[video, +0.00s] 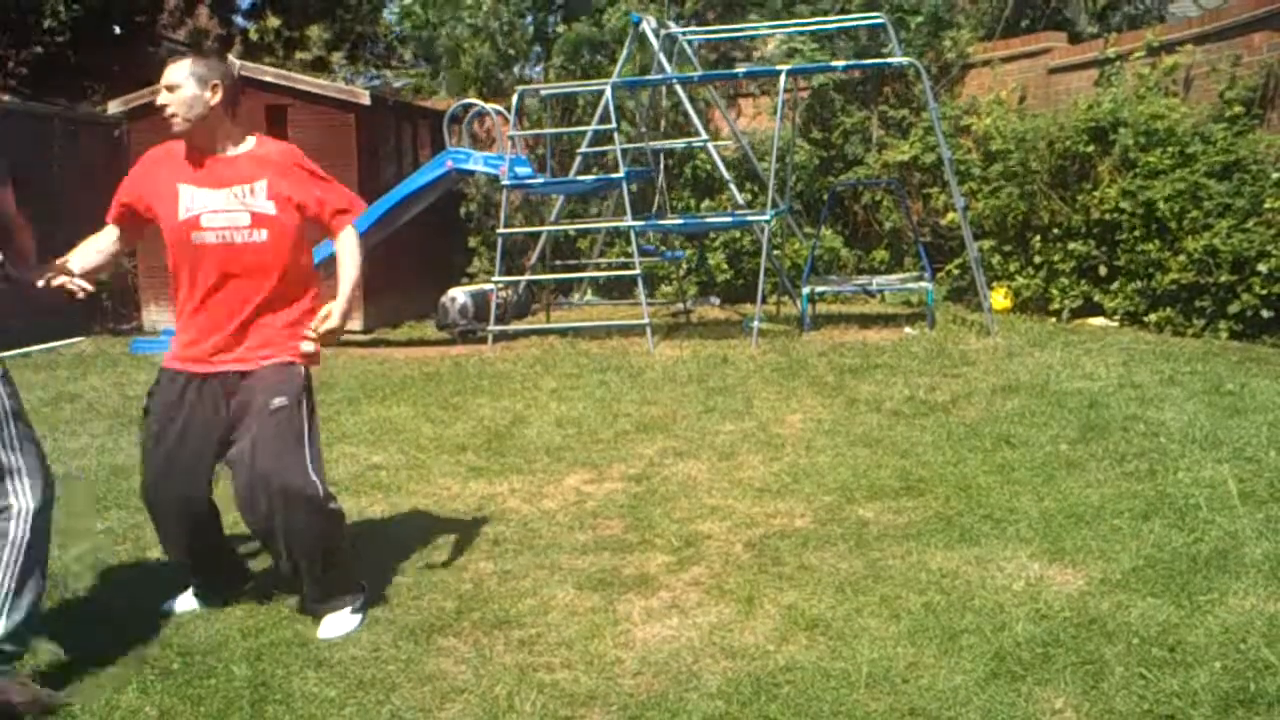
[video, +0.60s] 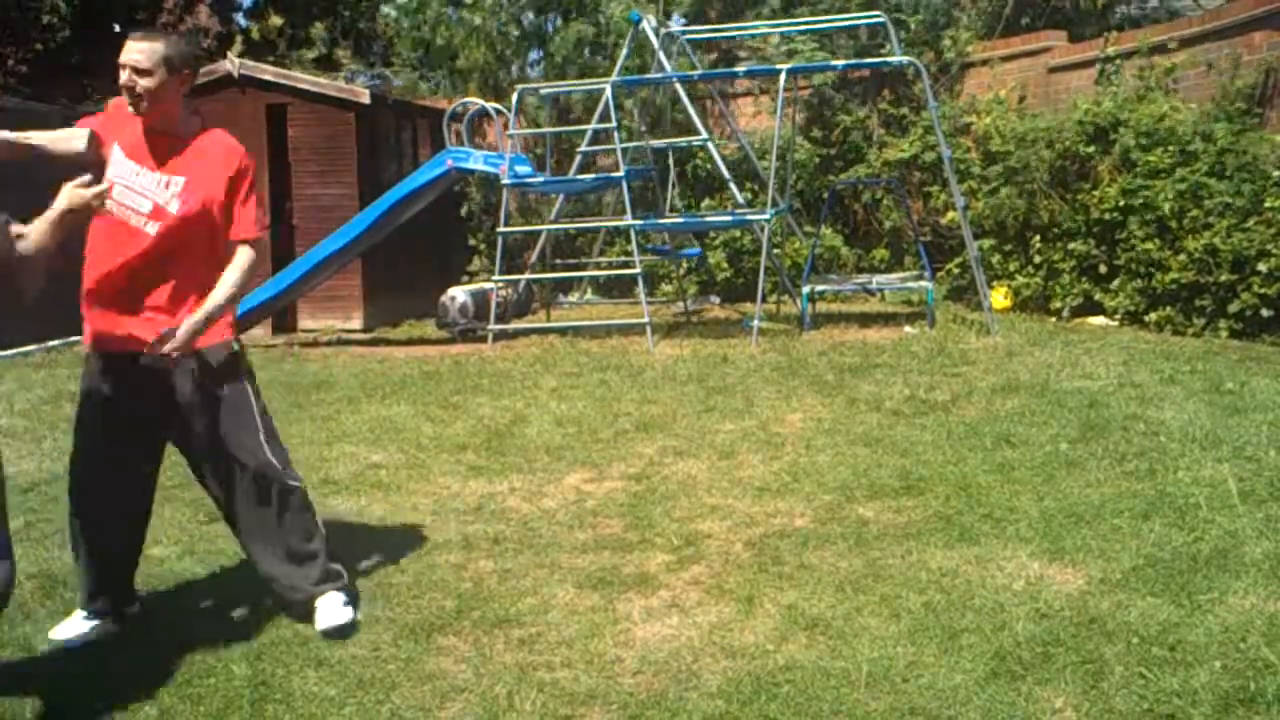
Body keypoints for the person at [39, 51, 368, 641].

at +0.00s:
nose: (161, 101)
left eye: (173, 89)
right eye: (161, 91)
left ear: (215, 94)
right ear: (201, 96)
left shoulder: (280, 160)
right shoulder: (157, 166)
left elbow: (345, 225)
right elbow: (116, 232)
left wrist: (343, 298)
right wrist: (69, 267)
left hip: (273, 355)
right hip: (191, 360)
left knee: (277, 480)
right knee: (167, 489)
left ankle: (337, 594)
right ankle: (217, 581)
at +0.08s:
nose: (157, 107)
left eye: (167, 95)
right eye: (156, 96)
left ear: (208, 97)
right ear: (196, 100)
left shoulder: (276, 168)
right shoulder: (161, 168)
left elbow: (328, 247)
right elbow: (137, 250)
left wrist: (321, 325)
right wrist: (76, 299)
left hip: (264, 358)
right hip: (188, 360)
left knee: (274, 487)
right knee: (149, 484)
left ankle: (339, 593)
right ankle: (214, 577)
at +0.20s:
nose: (134, 105)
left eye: (144, 93)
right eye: (135, 93)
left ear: (183, 100)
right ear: (179, 101)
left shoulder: (227, 162)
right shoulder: (185, 162)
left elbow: (258, 259)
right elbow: (212, 257)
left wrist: (194, 337)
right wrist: (179, 328)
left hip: (243, 367)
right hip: (185, 360)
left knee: (249, 496)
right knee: (117, 460)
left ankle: (337, 590)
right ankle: (157, 580)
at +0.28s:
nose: (120, 104)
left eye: (132, 93)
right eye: (122, 93)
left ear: (170, 101)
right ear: (169, 103)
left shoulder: (192, 156)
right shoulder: (194, 153)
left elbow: (184, 259)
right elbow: (248, 243)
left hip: (234, 360)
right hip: (181, 355)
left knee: (242, 494)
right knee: (111, 467)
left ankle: (338, 591)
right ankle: (106, 599)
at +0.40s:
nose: (107, 99)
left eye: (119, 90)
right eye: (108, 89)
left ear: (160, 100)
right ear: (153, 102)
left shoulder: (170, 157)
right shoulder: (189, 153)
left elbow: (114, 245)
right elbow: (247, 218)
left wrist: (34, 277)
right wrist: (254, 262)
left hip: (198, 363)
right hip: (146, 358)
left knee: (242, 488)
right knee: (89, 484)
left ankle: (333, 591)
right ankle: (101, 602)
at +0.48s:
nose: (102, 86)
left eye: (115, 78)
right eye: (103, 76)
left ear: (157, 90)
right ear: (140, 90)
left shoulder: (182, 153)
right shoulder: (140, 158)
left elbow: (154, 251)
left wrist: (69, 299)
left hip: (193, 358)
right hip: (131, 358)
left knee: (246, 482)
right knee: (87, 484)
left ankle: (331, 589)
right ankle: (101, 602)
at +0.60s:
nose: (126, 81)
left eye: (140, 72)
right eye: (122, 69)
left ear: (181, 81)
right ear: (120, 73)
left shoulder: (225, 157)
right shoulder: (115, 122)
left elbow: (249, 250)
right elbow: (62, 142)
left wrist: (196, 320)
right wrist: (8, 138)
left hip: (200, 350)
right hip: (116, 352)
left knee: (258, 471)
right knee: (101, 486)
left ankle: (323, 586)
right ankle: (106, 604)